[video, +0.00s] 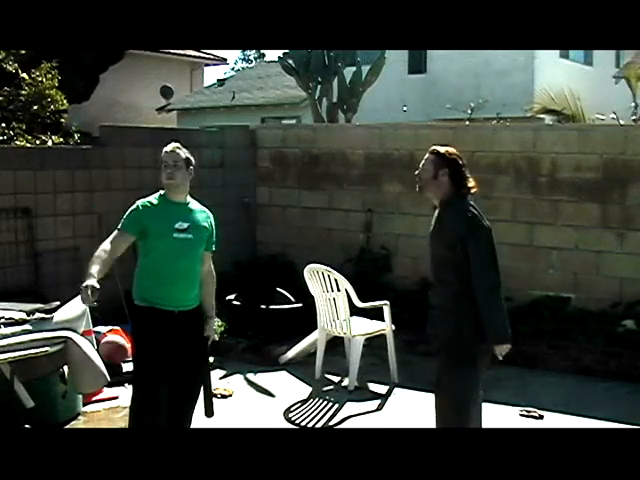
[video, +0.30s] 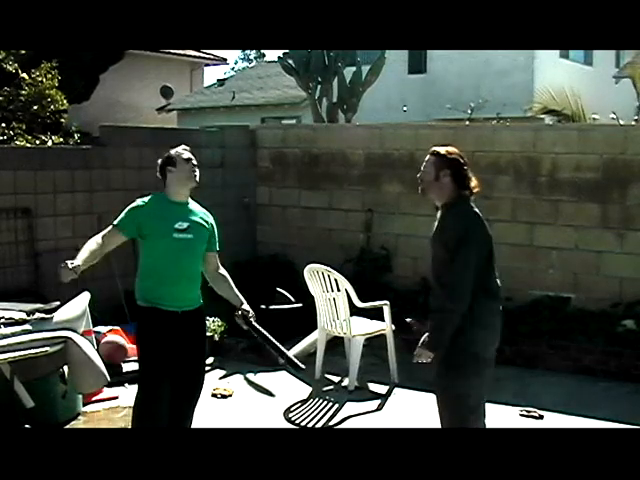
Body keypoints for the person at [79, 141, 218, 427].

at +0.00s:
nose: (167, 170)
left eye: (174, 165)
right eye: (164, 165)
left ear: (190, 171)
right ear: (160, 171)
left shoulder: (204, 216)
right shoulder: (144, 210)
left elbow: (207, 269)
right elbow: (111, 248)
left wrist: (210, 316)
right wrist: (92, 277)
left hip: (189, 317)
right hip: (149, 315)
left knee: (185, 393)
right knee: (150, 392)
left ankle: (177, 429)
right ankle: (144, 431)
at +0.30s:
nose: (196, 166)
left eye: (196, 162)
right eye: (188, 162)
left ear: (195, 173)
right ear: (167, 170)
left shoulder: (204, 219)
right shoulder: (144, 210)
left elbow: (214, 270)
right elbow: (104, 241)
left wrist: (241, 303)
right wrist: (78, 264)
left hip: (191, 316)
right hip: (153, 315)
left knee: (188, 390)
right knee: (154, 389)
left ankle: (178, 432)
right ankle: (146, 432)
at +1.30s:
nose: (159, 173)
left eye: (166, 168)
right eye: (157, 168)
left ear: (184, 173)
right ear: (154, 172)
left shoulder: (202, 219)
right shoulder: (139, 211)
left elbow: (215, 268)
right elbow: (124, 260)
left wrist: (244, 272)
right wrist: (140, 288)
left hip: (185, 317)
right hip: (146, 316)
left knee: (184, 390)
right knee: (148, 390)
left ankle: (177, 429)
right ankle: (145, 432)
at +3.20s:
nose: (194, 172)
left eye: (193, 167)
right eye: (187, 167)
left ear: (174, 172)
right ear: (168, 173)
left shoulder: (195, 216)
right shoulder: (143, 212)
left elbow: (206, 266)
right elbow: (133, 269)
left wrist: (241, 284)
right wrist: (144, 321)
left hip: (191, 320)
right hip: (159, 319)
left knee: (185, 396)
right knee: (154, 399)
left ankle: (178, 429)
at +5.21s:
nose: (207, 176)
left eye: (206, 170)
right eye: (201, 170)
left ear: (187, 175)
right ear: (180, 174)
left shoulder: (201, 221)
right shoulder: (147, 207)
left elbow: (219, 266)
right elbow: (128, 260)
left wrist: (252, 247)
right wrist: (125, 310)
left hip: (185, 319)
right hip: (150, 318)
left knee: (184, 394)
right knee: (150, 396)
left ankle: (176, 432)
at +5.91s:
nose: (196, 171)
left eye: (195, 166)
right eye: (190, 166)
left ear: (177, 173)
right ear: (170, 172)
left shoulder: (195, 219)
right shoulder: (138, 211)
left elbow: (212, 266)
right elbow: (122, 266)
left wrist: (245, 247)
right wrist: (119, 316)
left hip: (185, 318)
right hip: (148, 318)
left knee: (184, 394)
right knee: (150, 396)